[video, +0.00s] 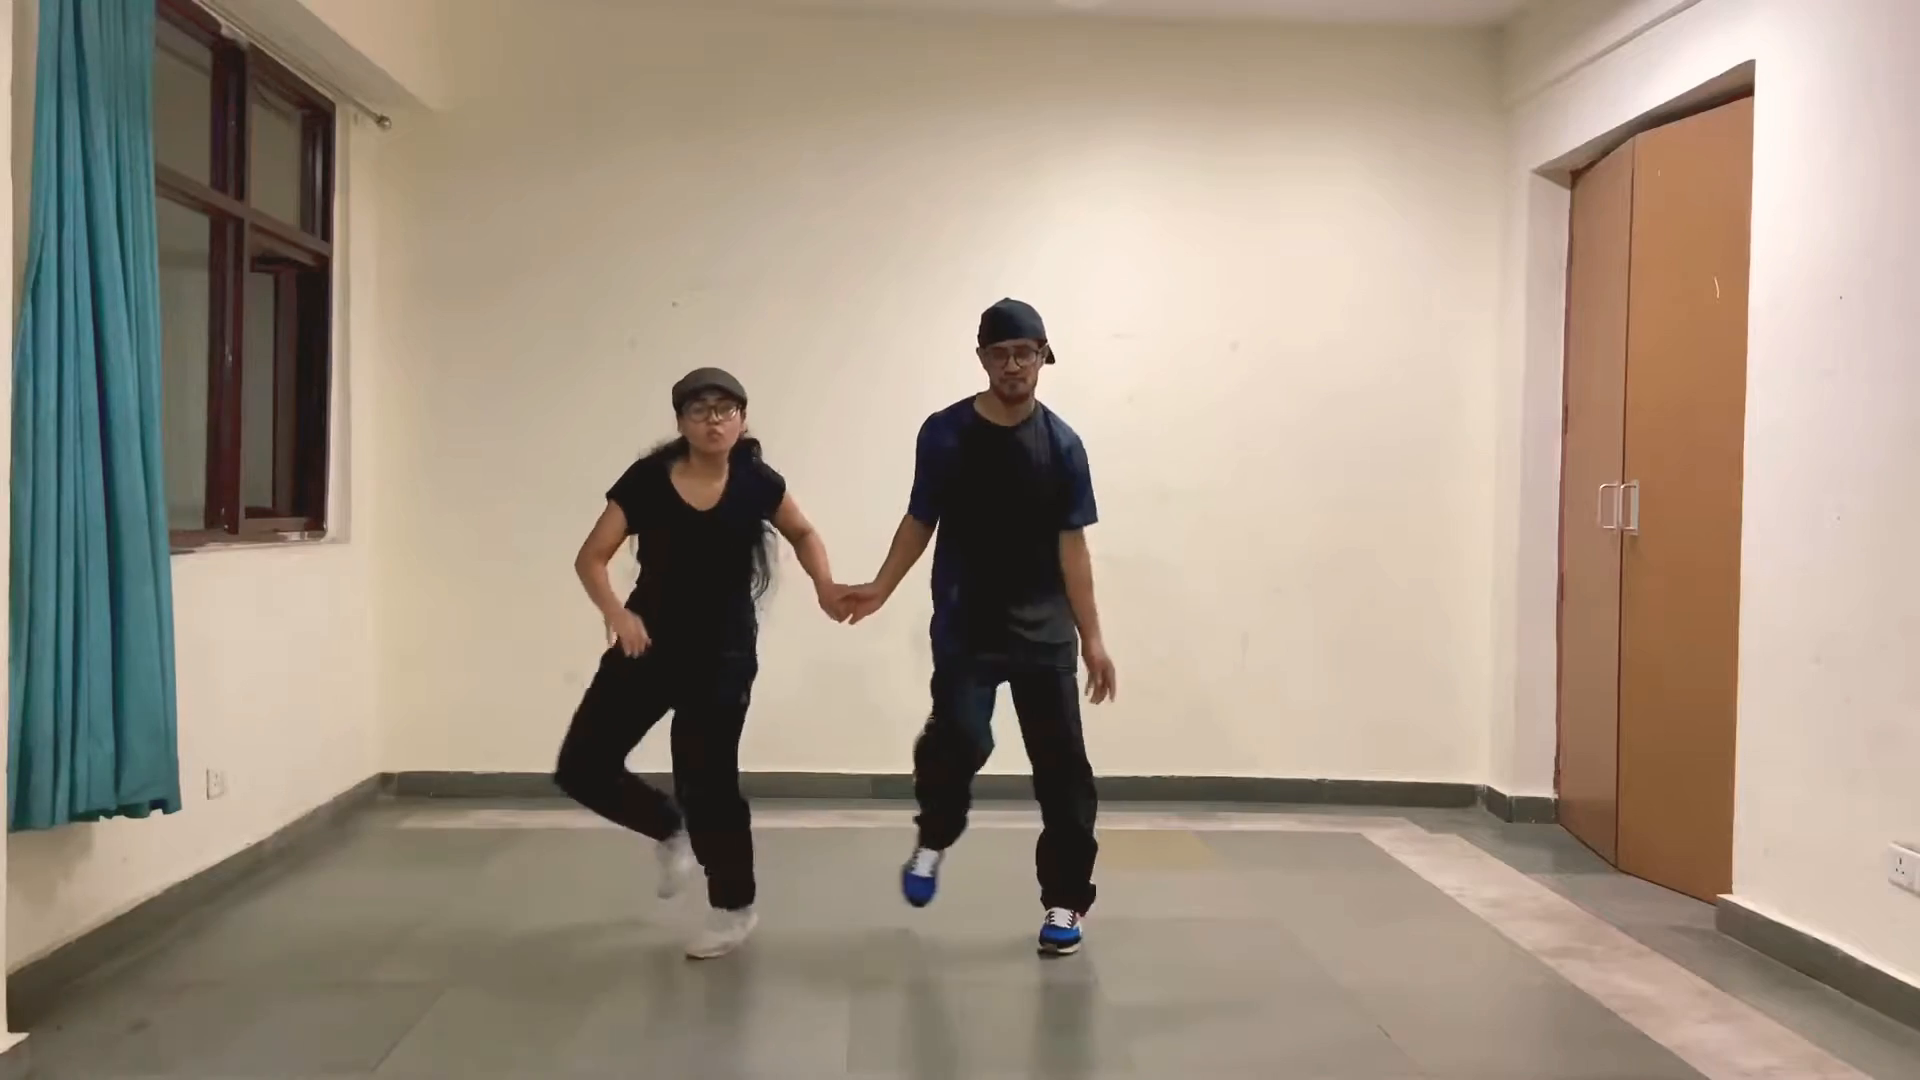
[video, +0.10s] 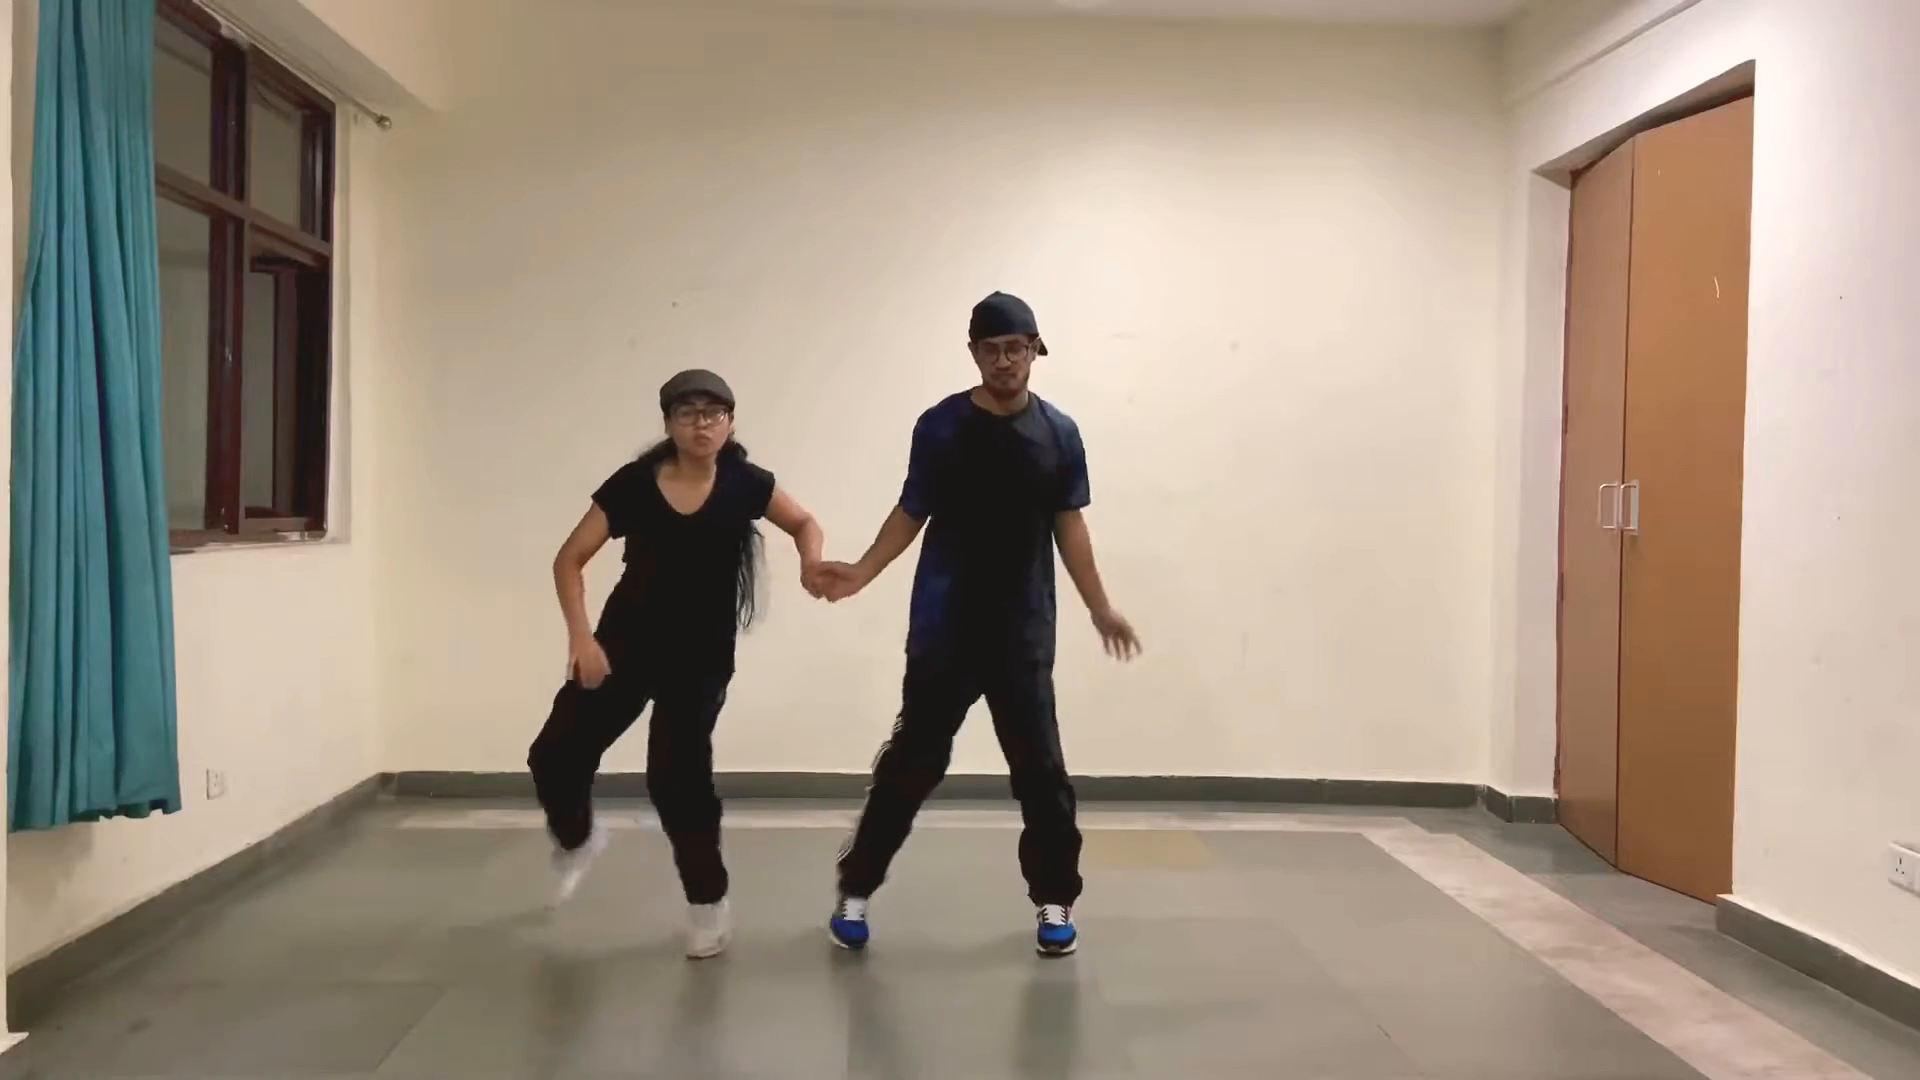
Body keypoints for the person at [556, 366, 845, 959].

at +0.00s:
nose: (717, 419)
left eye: (727, 409)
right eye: (703, 410)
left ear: (742, 420)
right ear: (681, 421)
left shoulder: (758, 483)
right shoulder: (647, 481)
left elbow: (802, 533)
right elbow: (590, 559)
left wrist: (826, 584)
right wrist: (616, 612)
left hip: (721, 654)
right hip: (649, 646)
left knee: (706, 779)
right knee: (582, 771)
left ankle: (735, 907)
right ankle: (671, 826)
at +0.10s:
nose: (704, 424)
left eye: (714, 413)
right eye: (690, 414)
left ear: (730, 421)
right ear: (669, 423)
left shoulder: (744, 485)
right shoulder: (634, 486)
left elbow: (804, 525)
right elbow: (568, 562)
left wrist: (811, 564)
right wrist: (581, 638)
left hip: (700, 656)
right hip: (627, 646)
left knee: (677, 774)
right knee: (554, 759)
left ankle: (707, 902)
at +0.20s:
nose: (691, 442)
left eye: (702, 431)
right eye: (677, 431)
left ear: (717, 441)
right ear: (656, 440)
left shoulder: (736, 502)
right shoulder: (619, 503)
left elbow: (806, 534)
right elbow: (541, 562)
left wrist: (783, 563)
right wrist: (540, 645)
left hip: (682, 673)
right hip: (606, 661)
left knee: (657, 789)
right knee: (551, 776)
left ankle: (659, 909)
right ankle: (513, 885)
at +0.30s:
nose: (690, 425)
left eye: (701, 417)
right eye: (676, 417)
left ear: (716, 431)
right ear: (656, 431)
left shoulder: (740, 499)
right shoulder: (620, 499)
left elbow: (799, 546)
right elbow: (554, 558)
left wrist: (785, 581)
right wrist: (517, 636)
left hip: (692, 667)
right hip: (617, 656)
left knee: (663, 787)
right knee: (561, 774)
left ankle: (671, 909)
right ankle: (518, 881)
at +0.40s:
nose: (698, 412)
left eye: (709, 403)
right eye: (685, 404)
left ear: (727, 415)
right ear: (666, 418)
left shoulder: (753, 485)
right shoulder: (637, 485)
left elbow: (792, 551)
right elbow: (591, 555)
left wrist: (827, 565)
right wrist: (542, 627)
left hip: (708, 656)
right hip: (633, 647)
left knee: (688, 780)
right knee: (601, 766)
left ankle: (675, 905)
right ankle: (588, 829)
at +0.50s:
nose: (704, 393)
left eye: (716, 384)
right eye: (691, 384)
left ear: (734, 397)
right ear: (671, 398)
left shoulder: (758, 467)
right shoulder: (645, 466)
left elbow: (786, 546)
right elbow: (623, 539)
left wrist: (842, 532)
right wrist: (595, 612)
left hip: (725, 636)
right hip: (653, 630)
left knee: (707, 773)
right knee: (656, 741)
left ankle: (682, 902)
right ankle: (655, 794)